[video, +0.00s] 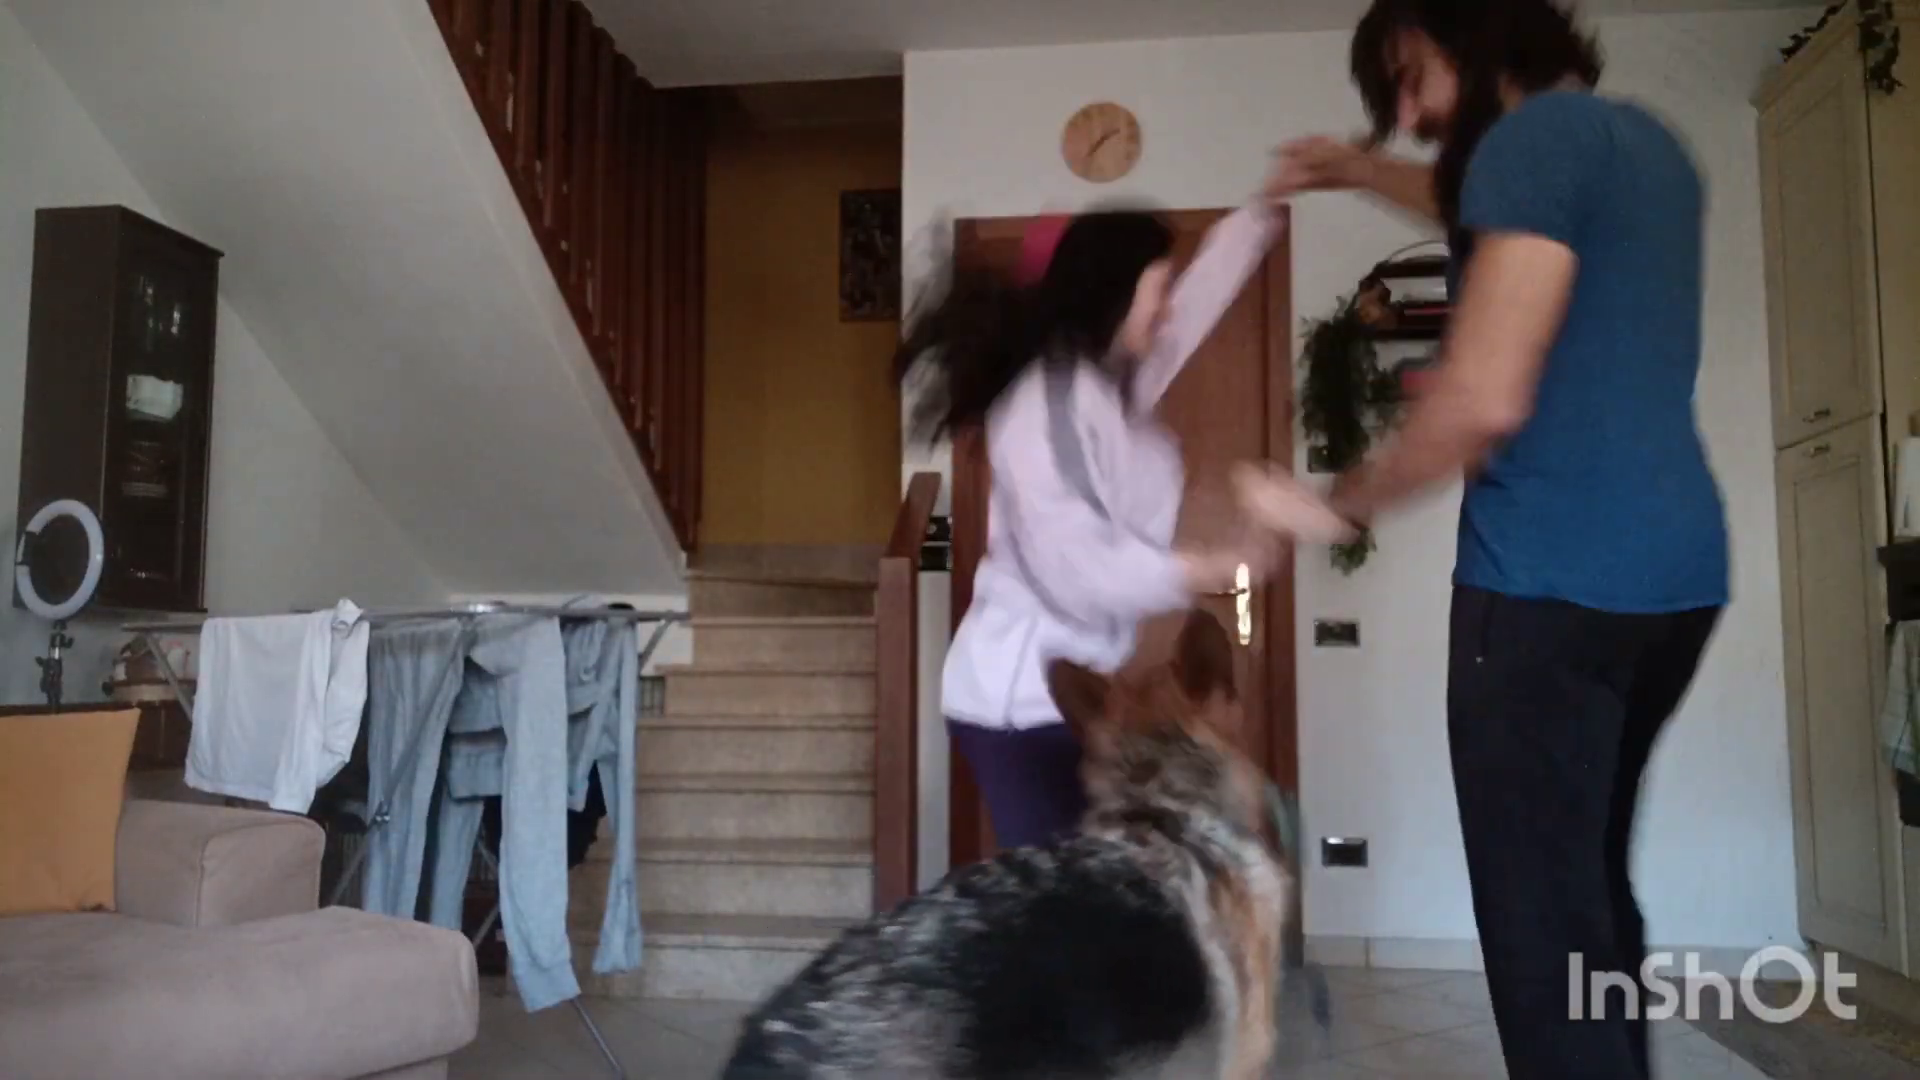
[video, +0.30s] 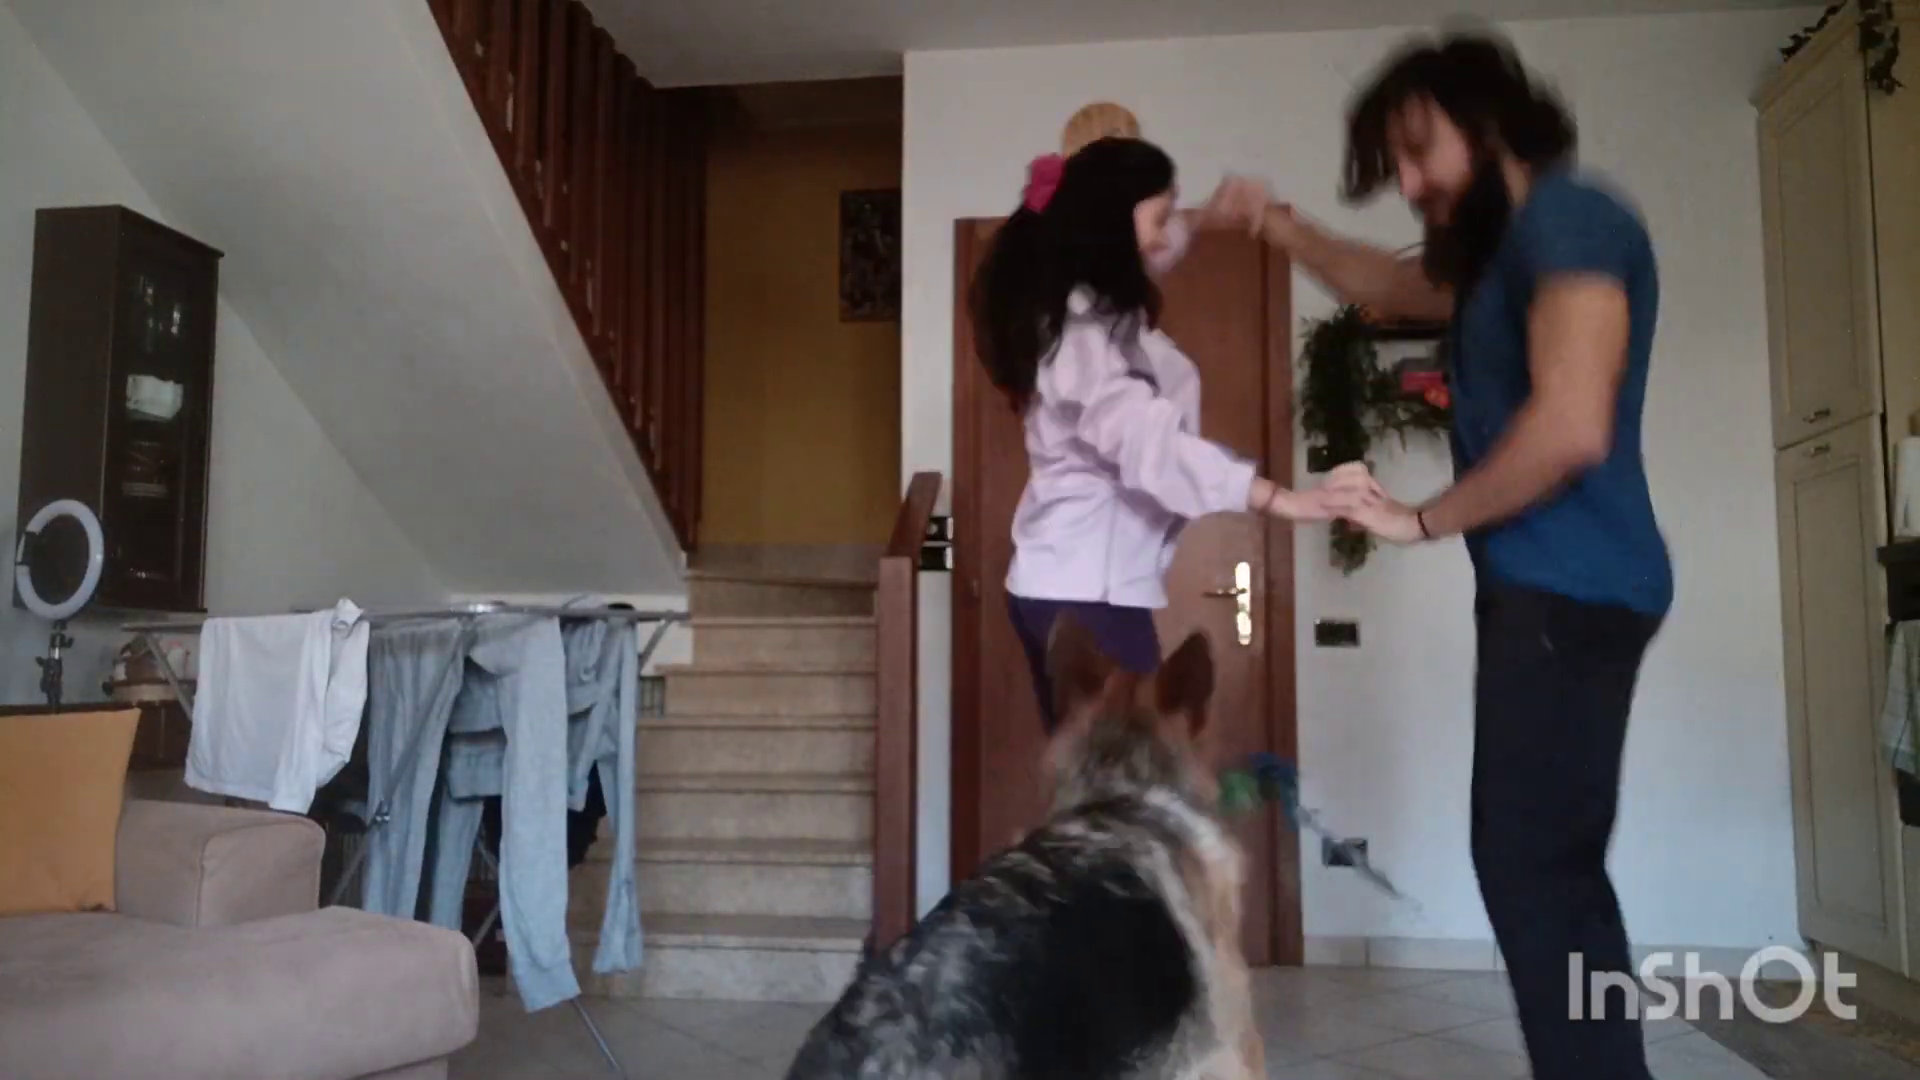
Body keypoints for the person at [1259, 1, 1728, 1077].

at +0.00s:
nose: (1409, 109)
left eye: (1413, 74)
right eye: (1396, 89)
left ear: (1476, 38)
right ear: (1529, 35)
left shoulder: (1537, 146)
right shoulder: (1650, 145)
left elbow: (1483, 397)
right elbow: (1511, 212)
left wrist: (1343, 503)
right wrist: (1367, 172)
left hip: (1549, 581)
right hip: (1661, 577)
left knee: (1533, 908)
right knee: (1588, 883)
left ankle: (1576, 1071)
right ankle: (1616, 1061)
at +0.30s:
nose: (1411, 180)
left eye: (1423, 150)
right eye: (1398, 161)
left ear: (1485, 127)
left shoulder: (1572, 219)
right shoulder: (1516, 235)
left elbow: (1572, 426)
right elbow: (1401, 292)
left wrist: (1427, 519)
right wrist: (1283, 227)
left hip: (1569, 590)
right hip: (1535, 584)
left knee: (1528, 862)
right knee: (1543, 860)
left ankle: (1588, 1072)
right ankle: (1596, 1068)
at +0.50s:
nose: (1430, 181)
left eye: (1444, 150)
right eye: (1416, 163)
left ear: (1505, 131)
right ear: (1414, 167)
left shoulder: (1596, 237)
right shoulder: (1493, 264)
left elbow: (1604, 432)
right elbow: (1383, 342)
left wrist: (1457, 534)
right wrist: (1235, 357)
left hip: (1576, 579)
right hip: (1521, 575)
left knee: (1541, 846)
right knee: (1532, 847)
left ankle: (1586, 1065)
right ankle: (1591, 1062)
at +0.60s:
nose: (1424, 162)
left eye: (1442, 131)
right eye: (1412, 145)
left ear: (1504, 111)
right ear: (1410, 150)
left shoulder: (1593, 215)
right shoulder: (1477, 247)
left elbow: (1604, 396)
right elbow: (1397, 364)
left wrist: (1456, 481)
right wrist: (1276, 421)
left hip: (1581, 558)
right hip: (1511, 560)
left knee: (1553, 829)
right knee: (1526, 827)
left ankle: (1607, 1064)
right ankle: (1597, 1060)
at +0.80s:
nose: (1432, 210)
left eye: (1451, 183)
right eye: (1422, 192)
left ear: (1509, 182)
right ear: (1419, 205)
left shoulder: (1582, 271)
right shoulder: (1486, 313)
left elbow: (1538, 388)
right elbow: (1447, 450)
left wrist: (1379, 323)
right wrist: (1337, 524)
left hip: (1574, 620)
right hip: (1505, 623)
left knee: (1540, 865)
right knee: (1508, 866)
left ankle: (1634, 1072)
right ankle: (1611, 1068)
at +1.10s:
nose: (1430, 184)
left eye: (1441, 158)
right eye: (1425, 164)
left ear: (1493, 142)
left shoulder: (1570, 224)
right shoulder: (1514, 269)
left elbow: (1401, 167)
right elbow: (1493, 442)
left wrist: (1249, 153)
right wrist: (1406, 553)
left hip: (1556, 551)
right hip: (1518, 556)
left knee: (1494, 802)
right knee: (1526, 806)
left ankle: (1579, 1056)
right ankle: (1589, 1053)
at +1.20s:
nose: (1431, 220)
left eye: (1434, 195)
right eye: (1425, 203)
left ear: (1474, 170)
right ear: (1494, 176)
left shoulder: (1545, 251)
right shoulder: (1529, 293)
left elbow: (1356, 192)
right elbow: (1503, 475)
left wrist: (1243, 156)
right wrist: (1389, 557)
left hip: (1542, 588)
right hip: (1531, 590)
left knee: (1476, 841)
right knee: (1535, 849)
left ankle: (1542, 1065)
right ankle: (1608, 1066)